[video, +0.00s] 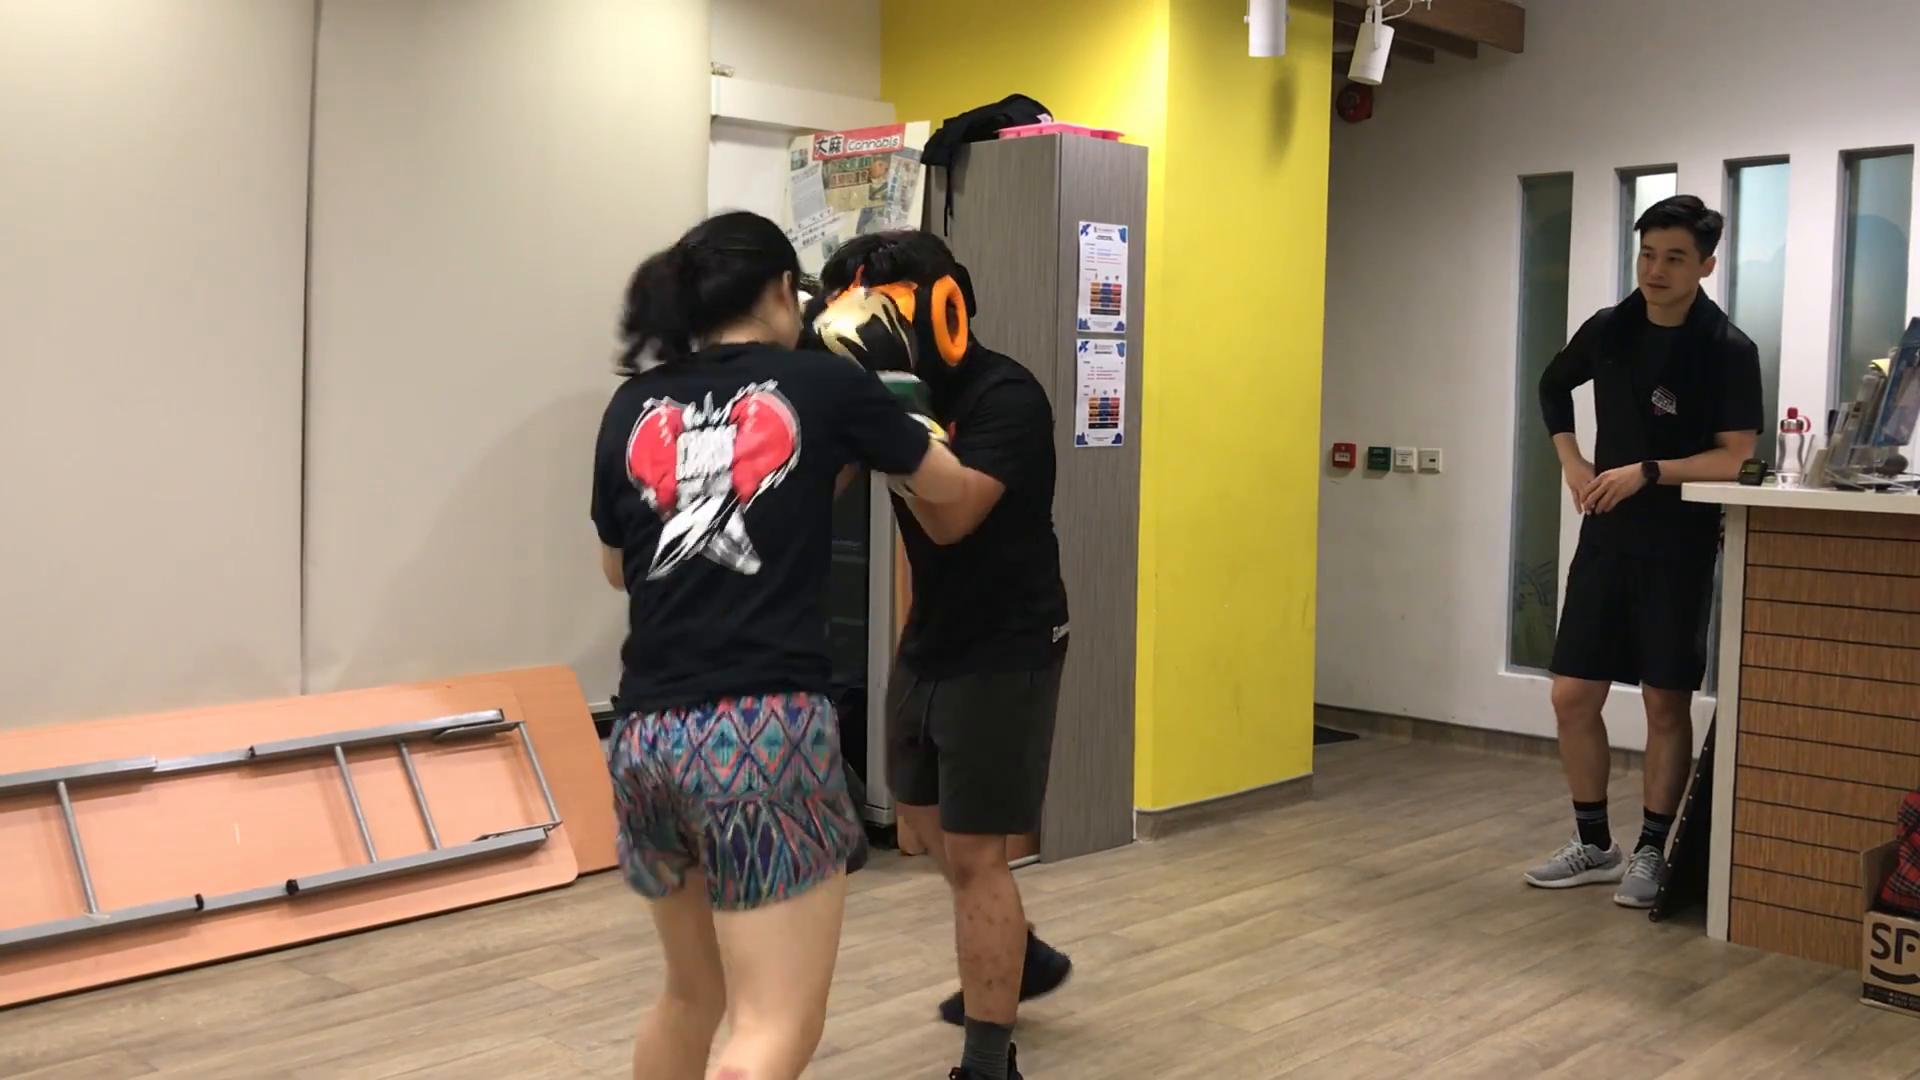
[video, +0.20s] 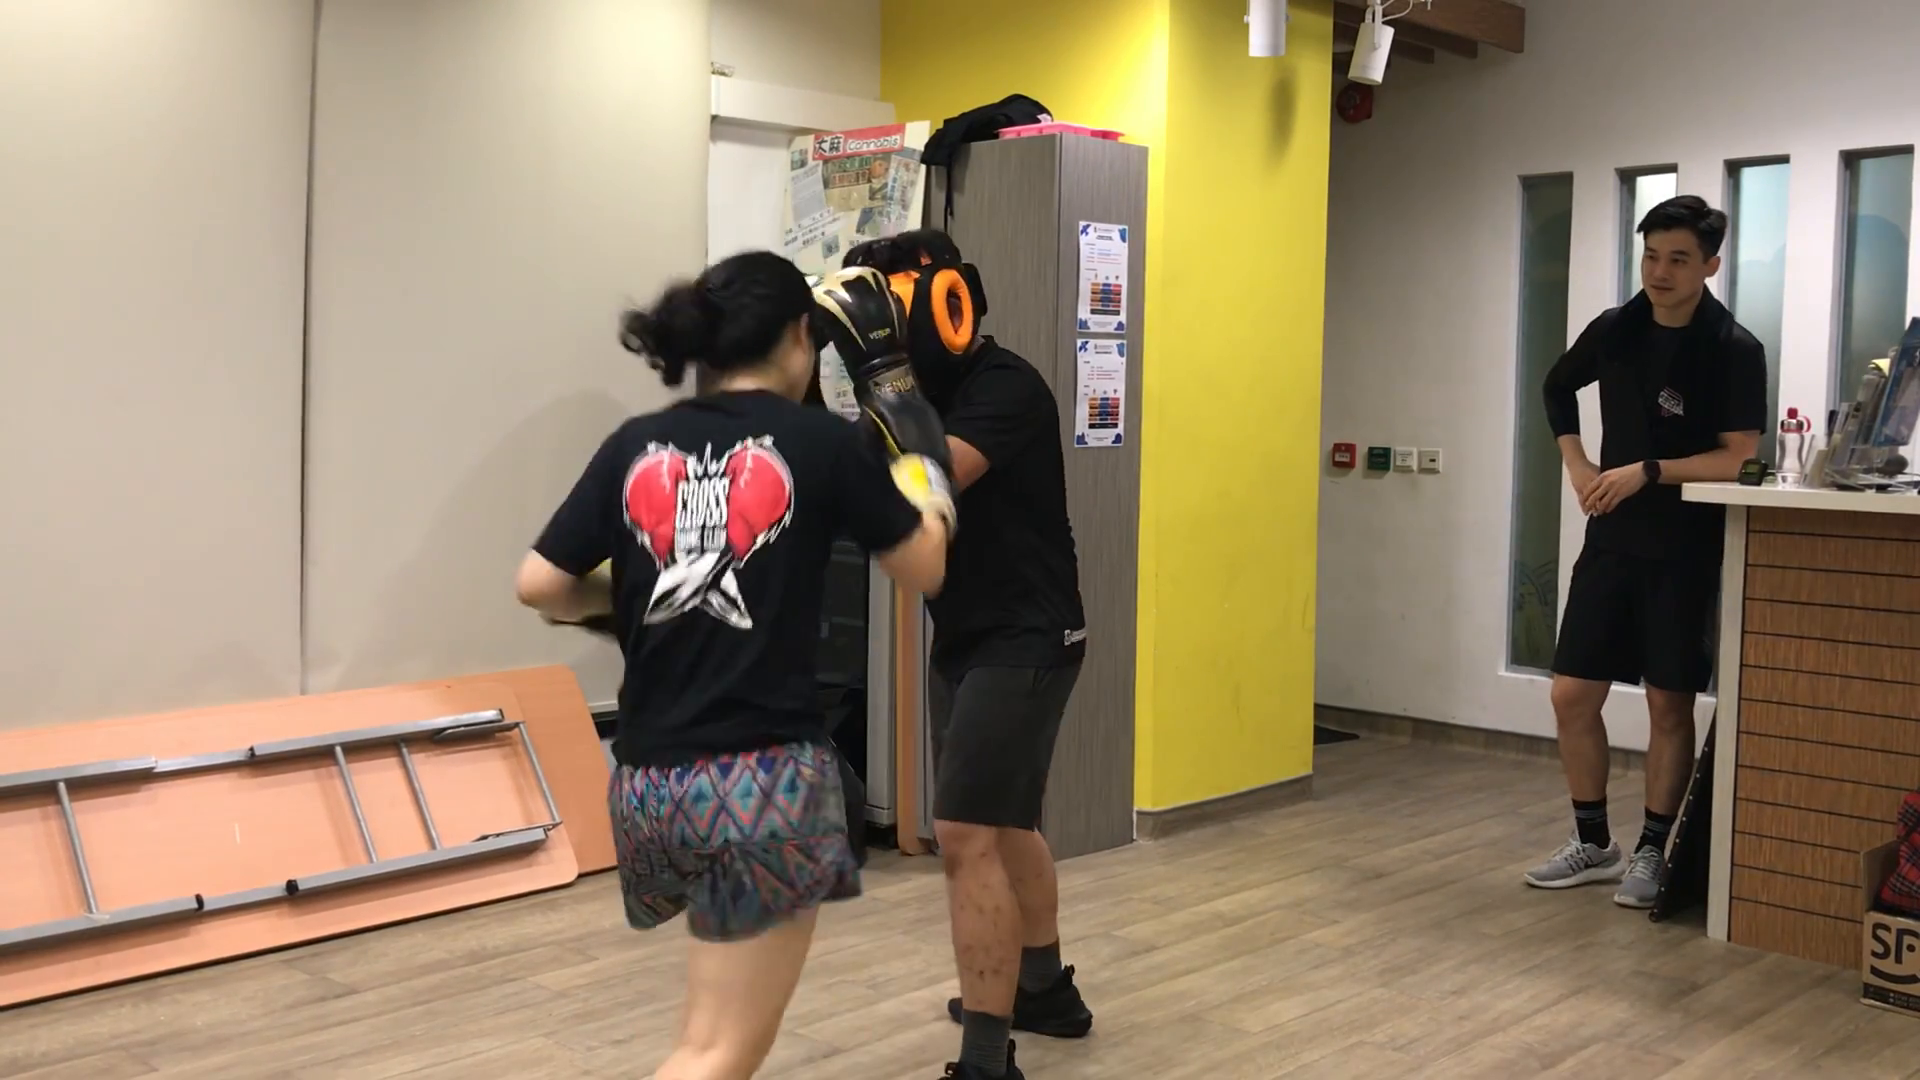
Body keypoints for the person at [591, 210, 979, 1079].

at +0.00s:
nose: (804, 305)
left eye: (799, 291)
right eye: (799, 289)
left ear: (688, 305)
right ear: (779, 291)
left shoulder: (630, 404)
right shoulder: (824, 383)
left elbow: (618, 565)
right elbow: (958, 506)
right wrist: (908, 422)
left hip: (647, 732)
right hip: (768, 727)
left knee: (688, 996)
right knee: (771, 1028)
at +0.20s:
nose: (814, 353)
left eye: (812, 337)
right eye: (812, 337)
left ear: (705, 344)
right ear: (794, 339)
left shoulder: (636, 442)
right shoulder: (819, 441)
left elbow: (541, 583)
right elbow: (924, 568)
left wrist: (630, 594)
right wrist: (925, 476)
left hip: (651, 776)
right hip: (767, 775)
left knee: (704, 1036)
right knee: (724, 1049)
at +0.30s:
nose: (833, 344)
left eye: (831, 326)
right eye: (828, 325)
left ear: (726, 328)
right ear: (805, 328)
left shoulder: (658, 432)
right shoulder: (812, 435)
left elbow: (555, 536)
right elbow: (859, 596)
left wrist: (569, 585)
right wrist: (924, 574)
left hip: (656, 746)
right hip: (760, 747)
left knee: (738, 988)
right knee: (698, 1024)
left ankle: (693, 1061)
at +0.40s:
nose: (858, 314)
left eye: (852, 298)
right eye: (854, 299)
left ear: (758, 315)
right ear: (839, 307)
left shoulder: (709, 413)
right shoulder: (818, 418)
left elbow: (622, 522)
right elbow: (751, 546)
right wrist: (842, 605)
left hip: (677, 697)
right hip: (743, 703)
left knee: (774, 885)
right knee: (701, 997)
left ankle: (745, 1065)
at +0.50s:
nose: (854, 311)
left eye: (850, 299)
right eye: (847, 299)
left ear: (753, 324)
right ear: (835, 315)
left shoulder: (743, 421)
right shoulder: (813, 425)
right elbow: (712, 521)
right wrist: (811, 596)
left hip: (703, 701)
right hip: (755, 710)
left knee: (746, 953)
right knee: (746, 969)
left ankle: (731, 1064)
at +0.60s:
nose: (821, 304)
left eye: (817, 289)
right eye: (817, 289)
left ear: (720, 306)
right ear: (799, 299)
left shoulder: (685, 426)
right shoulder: (818, 404)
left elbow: (679, 568)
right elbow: (811, 501)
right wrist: (925, 517)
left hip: (687, 689)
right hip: (781, 692)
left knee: (745, 908)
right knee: (771, 947)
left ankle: (736, 1062)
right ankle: (701, 1072)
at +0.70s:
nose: (796, 299)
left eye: (792, 285)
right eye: (792, 284)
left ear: (697, 304)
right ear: (779, 292)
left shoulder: (653, 412)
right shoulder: (827, 389)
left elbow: (633, 562)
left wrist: (711, 515)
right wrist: (958, 386)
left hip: (685, 686)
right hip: (791, 686)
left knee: (732, 900)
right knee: (775, 930)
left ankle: (729, 1063)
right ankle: (702, 1075)